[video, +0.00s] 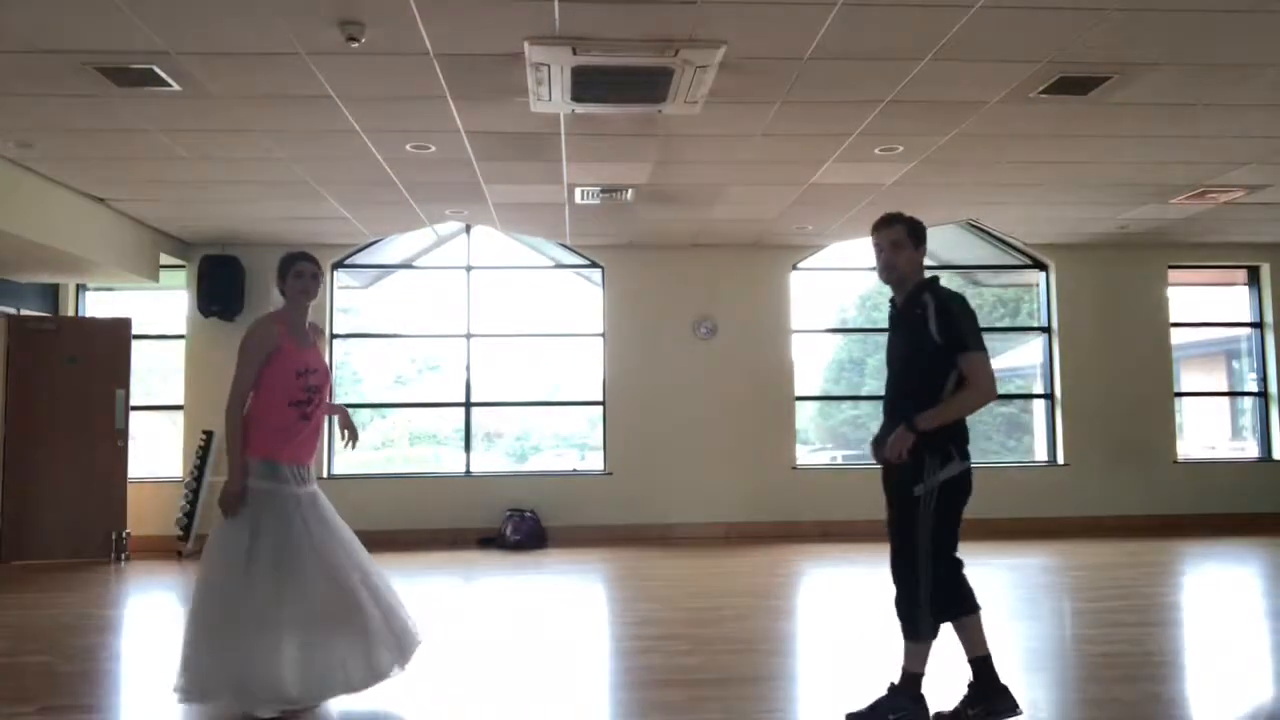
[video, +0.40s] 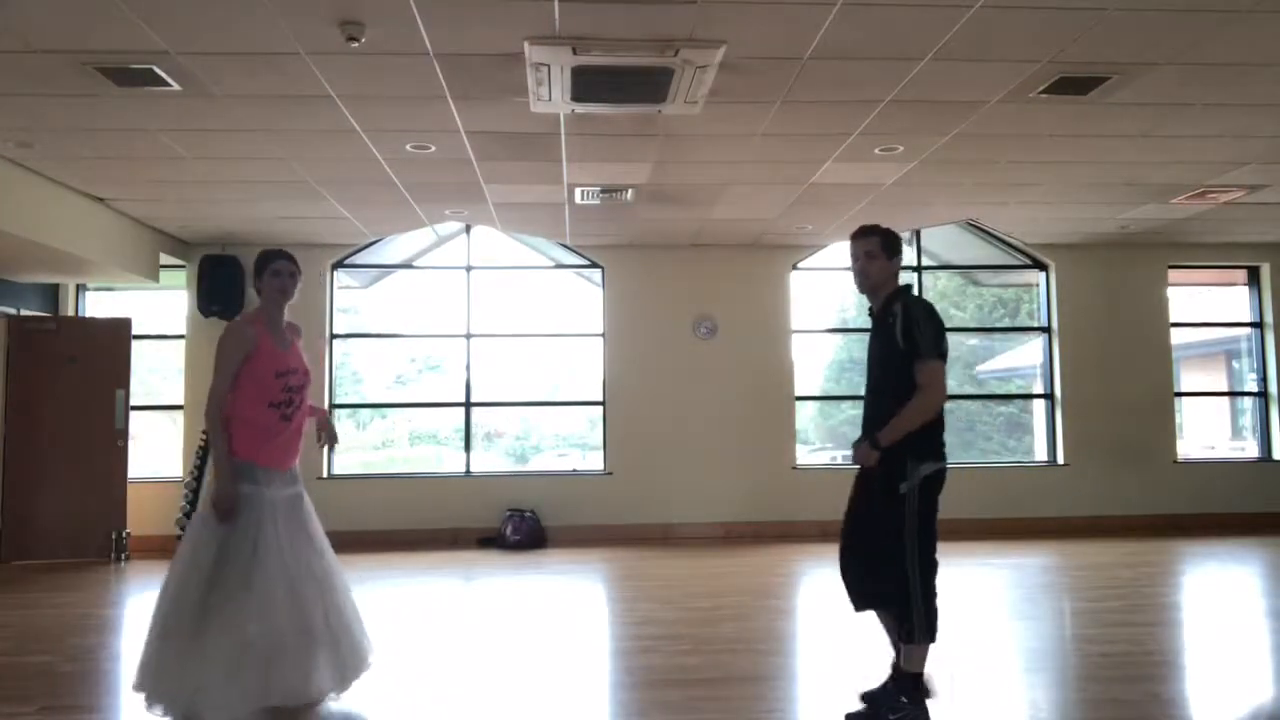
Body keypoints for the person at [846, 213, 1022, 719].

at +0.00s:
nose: (882, 258)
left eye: (891, 248)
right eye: (878, 250)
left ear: (918, 251)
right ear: (877, 257)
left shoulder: (945, 305)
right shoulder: (901, 311)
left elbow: (983, 386)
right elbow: (913, 384)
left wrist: (914, 425)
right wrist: (891, 432)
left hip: (936, 462)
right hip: (908, 462)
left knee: (917, 573)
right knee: (941, 569)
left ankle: (908, 694)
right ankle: (989, 685)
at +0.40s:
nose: (858, 268)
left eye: (868, 258)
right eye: (855, 260)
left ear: (893, 262)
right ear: (856, 267)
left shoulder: (915, 312)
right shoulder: (883, 318)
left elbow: (933, 394)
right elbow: (889, 391)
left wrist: (878, 440)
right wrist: (871, 441)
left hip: (913, 462)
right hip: (883, 460)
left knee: (908, 564)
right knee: (863, 558)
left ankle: (911, 687)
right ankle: (905, 667)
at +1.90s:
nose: (896, 246)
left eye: (906, 236)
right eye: (894, 237)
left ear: (939, 241)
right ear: (896, 244)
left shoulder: (976, 301)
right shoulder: (903, 312)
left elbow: (998, 395)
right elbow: (907, 397)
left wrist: (965, 472)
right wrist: (877, 465)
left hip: (971, 473)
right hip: (912, 472)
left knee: (977, 594)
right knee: (907, 595)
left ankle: (983, 710)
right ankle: (922, 710)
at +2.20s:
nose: (934, 239)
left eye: (946, 227)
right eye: (927, 229)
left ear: (973, 233)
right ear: (920, 237)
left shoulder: (1010, 299)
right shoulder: (918, 311)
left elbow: (1040, 394)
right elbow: (904, 401)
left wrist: (1024, 474)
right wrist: (870, 475)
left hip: (994, 479)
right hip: (931, 479)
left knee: (1010, 614)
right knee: (914, 609)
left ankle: (1052, 714)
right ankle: (925, 712)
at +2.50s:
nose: (969, 222)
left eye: (983, 210)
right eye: (964, 212)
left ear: (1019, 218)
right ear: (962, 222)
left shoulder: (1060, 281)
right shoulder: (975, 301)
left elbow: (1099, 380)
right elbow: (977, 398)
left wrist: (1098, 481)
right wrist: (938, 475)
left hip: (1051, 480)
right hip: (987, 480)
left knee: (1065, 622)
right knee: (971, 608)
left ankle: (1082, 713)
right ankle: (982, 713)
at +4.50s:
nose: (994, 212)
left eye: (1009, 203)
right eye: (998, 203)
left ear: (1048, 212)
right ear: (1034, 215)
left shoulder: (1081, 274)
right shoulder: (1021, 293)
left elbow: (1100, 385)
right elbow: (1018, 398)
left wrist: (1062, 479)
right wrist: (986, 478)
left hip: (1068, 485)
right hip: (1025, 482)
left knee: (1081, 634)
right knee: (1052, 632)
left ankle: (1095, 715)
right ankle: (1069, 713)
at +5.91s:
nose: (991, 210)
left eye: (1006, 200)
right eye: (994, 200)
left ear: (1047, 211)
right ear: (1028, 214)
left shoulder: (1079, 273)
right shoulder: (1020, 290)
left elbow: (1097, 387)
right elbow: (1016, 394)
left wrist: (1054, 483)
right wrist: (987, 477)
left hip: (1073, 481)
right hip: (1026, 479)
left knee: (1086, 630)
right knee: (1051, 628)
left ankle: (1099, 715)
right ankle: (1070, 713)